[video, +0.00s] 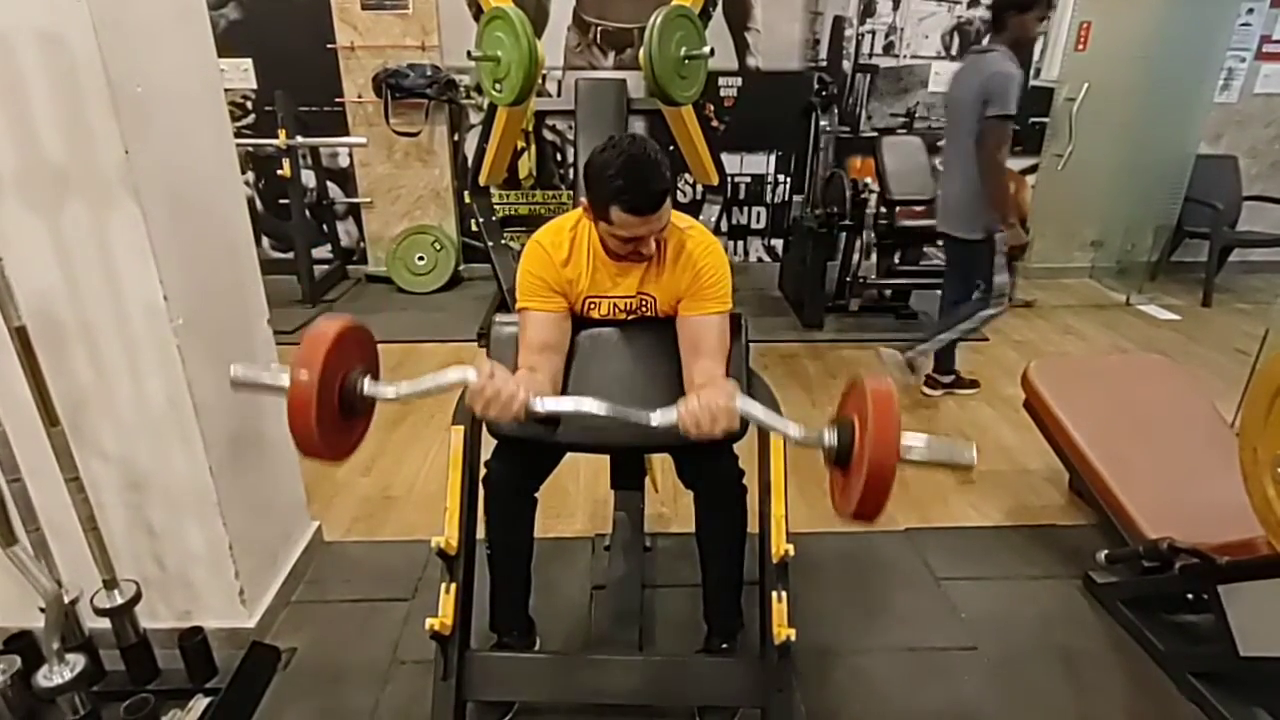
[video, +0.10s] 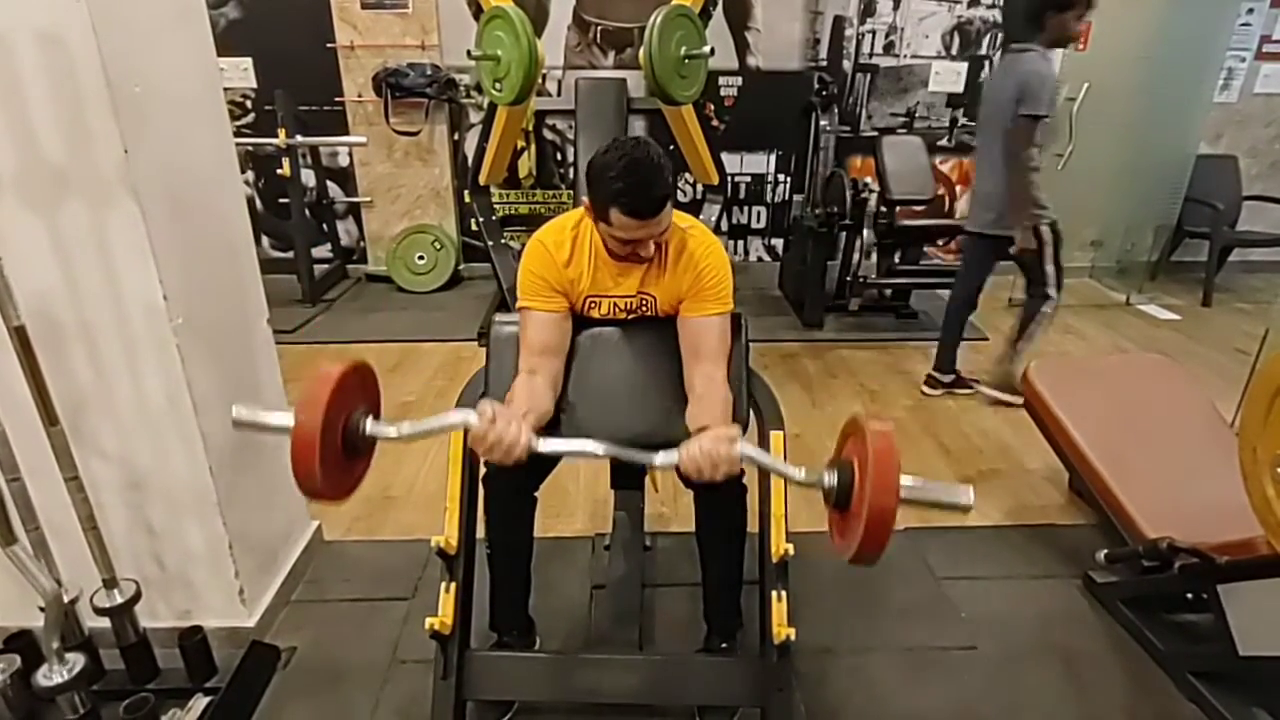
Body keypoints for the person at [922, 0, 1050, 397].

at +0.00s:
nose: (1042, 29)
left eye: (1044, 20)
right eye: (1039, 19)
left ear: (1006, 19)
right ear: (1013, 18)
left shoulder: (975, 60)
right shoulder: (1004, 69)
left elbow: (960, 141)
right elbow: (990, 152)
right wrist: (1010, 222)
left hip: (956, 204)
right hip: (975, 210)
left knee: (956, 290)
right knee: (989, 296)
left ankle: (943, 370)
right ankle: (925, 358)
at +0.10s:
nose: (1080, 28)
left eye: (1082, 19)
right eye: (1078, 17)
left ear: (1047, 15)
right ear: (1053, 14)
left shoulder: (1007, 62)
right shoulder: (1039, 68)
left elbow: (990, 140)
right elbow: (1020, 150)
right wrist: (1030, 222)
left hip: (987, 206)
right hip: (1021, 211)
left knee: (964, 292)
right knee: (1044, 290)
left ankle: (942, 371)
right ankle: (1008, 373)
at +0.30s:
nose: (1137, 35)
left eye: (1139, 26)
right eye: (1134, 25)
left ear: (1096, 22)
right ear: (1109, 23)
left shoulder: (1062, 68)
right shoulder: (1093, 80)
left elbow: (1044, 145)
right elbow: (1068, 160)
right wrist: (1067, 231)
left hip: (1029, 206)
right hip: (1058, 214)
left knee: (999, 283)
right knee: (1067, 299)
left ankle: (951, 363)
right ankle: (1073, 371)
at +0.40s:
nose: (1148, 35)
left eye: (1150, 26)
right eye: (1146, 25)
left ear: (1108, 22)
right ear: (1121, 22)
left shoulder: (1072, 68)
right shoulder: (1106, 79)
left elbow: (1052, 143)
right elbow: (1081, 159)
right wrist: (1081, 230)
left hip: (1042, 209)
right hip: (1072, 217)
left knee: (1008, 286)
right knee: (1076, 307)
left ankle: (956, 359)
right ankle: (1080, 376)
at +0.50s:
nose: (1195, 29)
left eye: (1197, 20)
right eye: (1193, 19)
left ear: (1153, 15)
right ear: (1170, 17)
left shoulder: (1110, 64)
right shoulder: (1151, 72)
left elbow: (1087, 138)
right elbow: (1130, 154)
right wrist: (1135, 225)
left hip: (1085, 205)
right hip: (1114, 214)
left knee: (1073, 277)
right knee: (1101, 299)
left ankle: (1015, 333)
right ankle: (1082, 372)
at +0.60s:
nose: (1203, 30)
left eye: (1205, 20)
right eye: (1201, 19)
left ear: (1158, 16)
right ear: (1179, 18)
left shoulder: (1113, 68)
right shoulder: (1162, 73)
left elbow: (1092, 141)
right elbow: (1146, 154)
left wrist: (1095, 192)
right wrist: (1150, 223)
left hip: (1092, 206)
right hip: (1124, 214)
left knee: (1082, 280)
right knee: (1103, 300)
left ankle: (1027, 337)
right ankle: (1080, 376)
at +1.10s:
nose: (1278, 38)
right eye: (1277, 31)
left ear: (1238, 31)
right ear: (1273, 34)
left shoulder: (1193, 79)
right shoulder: (1267, 77)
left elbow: (1169, 146)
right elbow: (1261, 153)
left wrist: (1151, 201)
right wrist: (1272, 214)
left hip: (1180, 204)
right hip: (1224, 209)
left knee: (1172, 285)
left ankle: (1165, 358)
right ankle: (1154, 342)